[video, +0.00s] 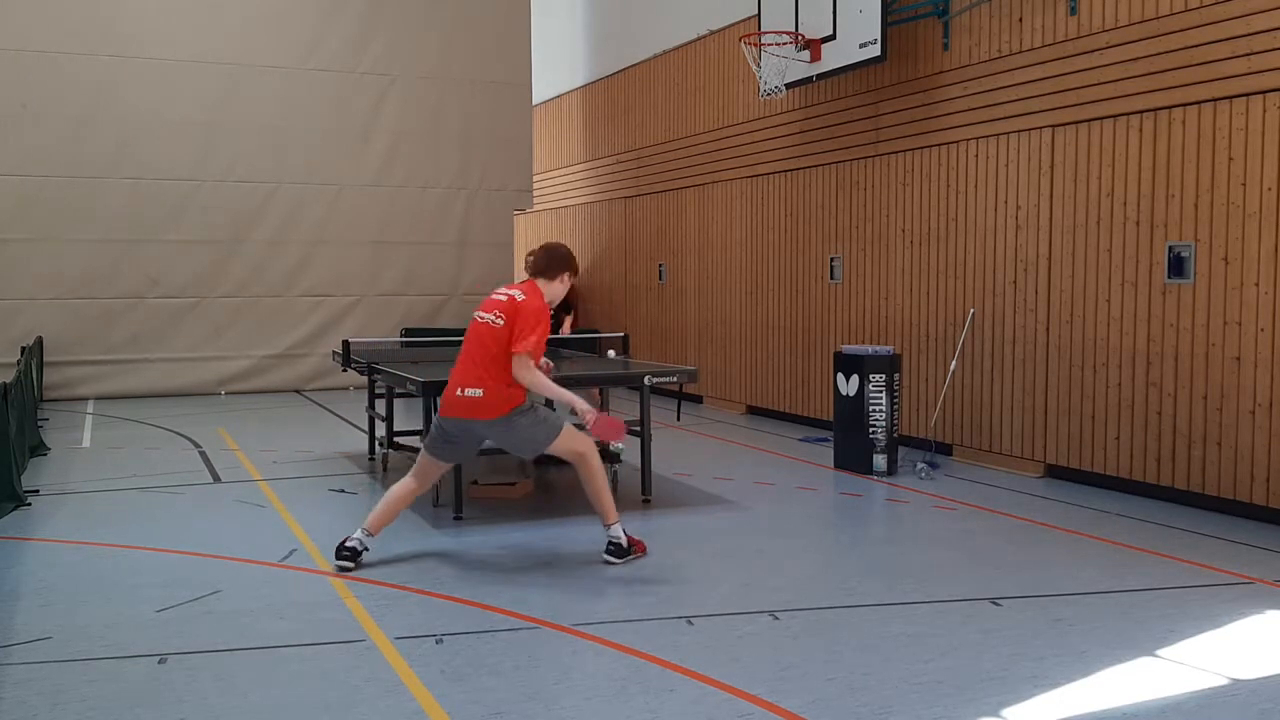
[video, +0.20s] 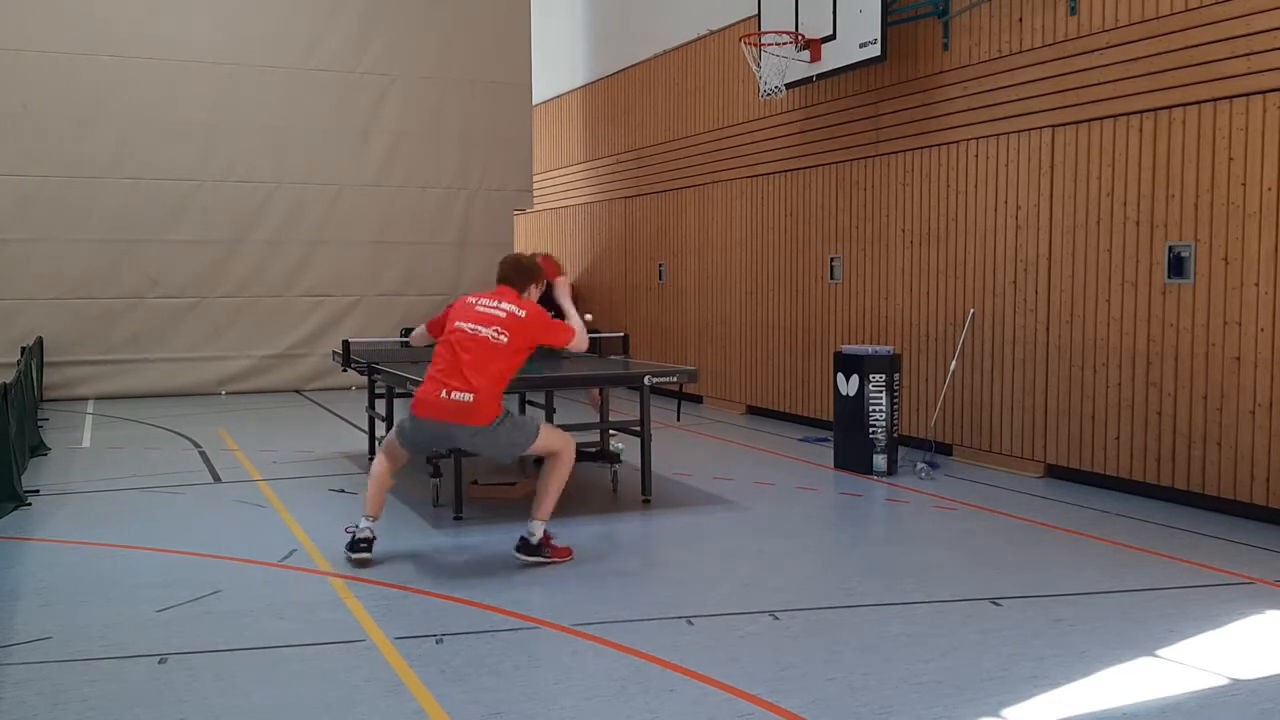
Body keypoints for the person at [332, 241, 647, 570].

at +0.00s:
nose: (567, 291)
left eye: (569, 283)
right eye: (569, 282)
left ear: (533, 269)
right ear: (561, 277)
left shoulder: (497, 296)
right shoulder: (535, 304)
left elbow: (482, 353)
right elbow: (523, 369)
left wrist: (530, 363)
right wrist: (573, 400)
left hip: (456, 411)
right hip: (505, 412)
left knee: (416, 479)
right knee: (584, 449)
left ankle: (357, 541)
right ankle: (618, 538)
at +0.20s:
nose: (538, 294)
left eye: (539, 289)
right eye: (539, 289)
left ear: (500, 279)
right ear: (531, 287)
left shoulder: (465, 303)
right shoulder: (531, 316)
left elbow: (417, 338)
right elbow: (580, 342)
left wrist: (450, 326)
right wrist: (564, 298)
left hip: (426, 419)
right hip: (481, 423)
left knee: (387, 457)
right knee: (563, 445)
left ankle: (364, 533)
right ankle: (534, 538)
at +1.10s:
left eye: (423, 241)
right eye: (453, 242)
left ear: (419, 243)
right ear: (455, 243)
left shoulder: (401, 271)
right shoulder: (475, 279)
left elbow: (345, 316)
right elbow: (525, 315)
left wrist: (368, 335)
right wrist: (520, 309)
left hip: (403, 388)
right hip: (460, 390)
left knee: (340, 457)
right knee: (522, 458)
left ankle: (307, 550)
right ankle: (549, 548)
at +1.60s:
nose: (446, 303)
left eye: (420, 297)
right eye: (448, 299)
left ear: (413, 297)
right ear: (449, 300)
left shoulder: (393, 315)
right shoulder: (462, 322)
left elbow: (376, 358)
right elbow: (514, 374)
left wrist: (412, 360)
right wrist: (492, 407)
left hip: (385, 431)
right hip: (449, 430)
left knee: (326, 465)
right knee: (527, 459)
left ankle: (292, 549)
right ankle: (553, 550)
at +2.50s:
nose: (596, 303)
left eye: (598, 296)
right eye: (598, 295)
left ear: (561, 282)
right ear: (591, 290)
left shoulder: (526, 305)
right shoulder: (557, 316)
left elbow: (513, 357)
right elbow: (534, 380)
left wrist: (560, 362)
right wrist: (582, 414)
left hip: (480, 420)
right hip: (524, 421)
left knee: (442, 493)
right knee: (610, 449)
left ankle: (378, 550)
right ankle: (628, 541)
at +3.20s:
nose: (578, 284)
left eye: (576, 279)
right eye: (579, 278)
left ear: (540, 271)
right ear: (574, 277)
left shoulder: (509, 297)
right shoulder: (564, 311)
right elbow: (555, 373)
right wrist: (591, 418)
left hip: (472, 414)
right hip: (525, 417)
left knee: (429, 481)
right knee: (598, 455)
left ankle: (373, 548)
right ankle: (617, 542)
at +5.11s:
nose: (461, 256)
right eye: (464, 251)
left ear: (432, 254)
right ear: (467, 253)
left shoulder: (412, 277)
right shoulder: (487, 281)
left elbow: (362, 318)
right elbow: (533, 307)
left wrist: (371, 343)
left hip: (413, 390)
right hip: (471, 392)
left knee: (356, 457)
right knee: (531, 454)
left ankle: (317, 546)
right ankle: (564, 539)